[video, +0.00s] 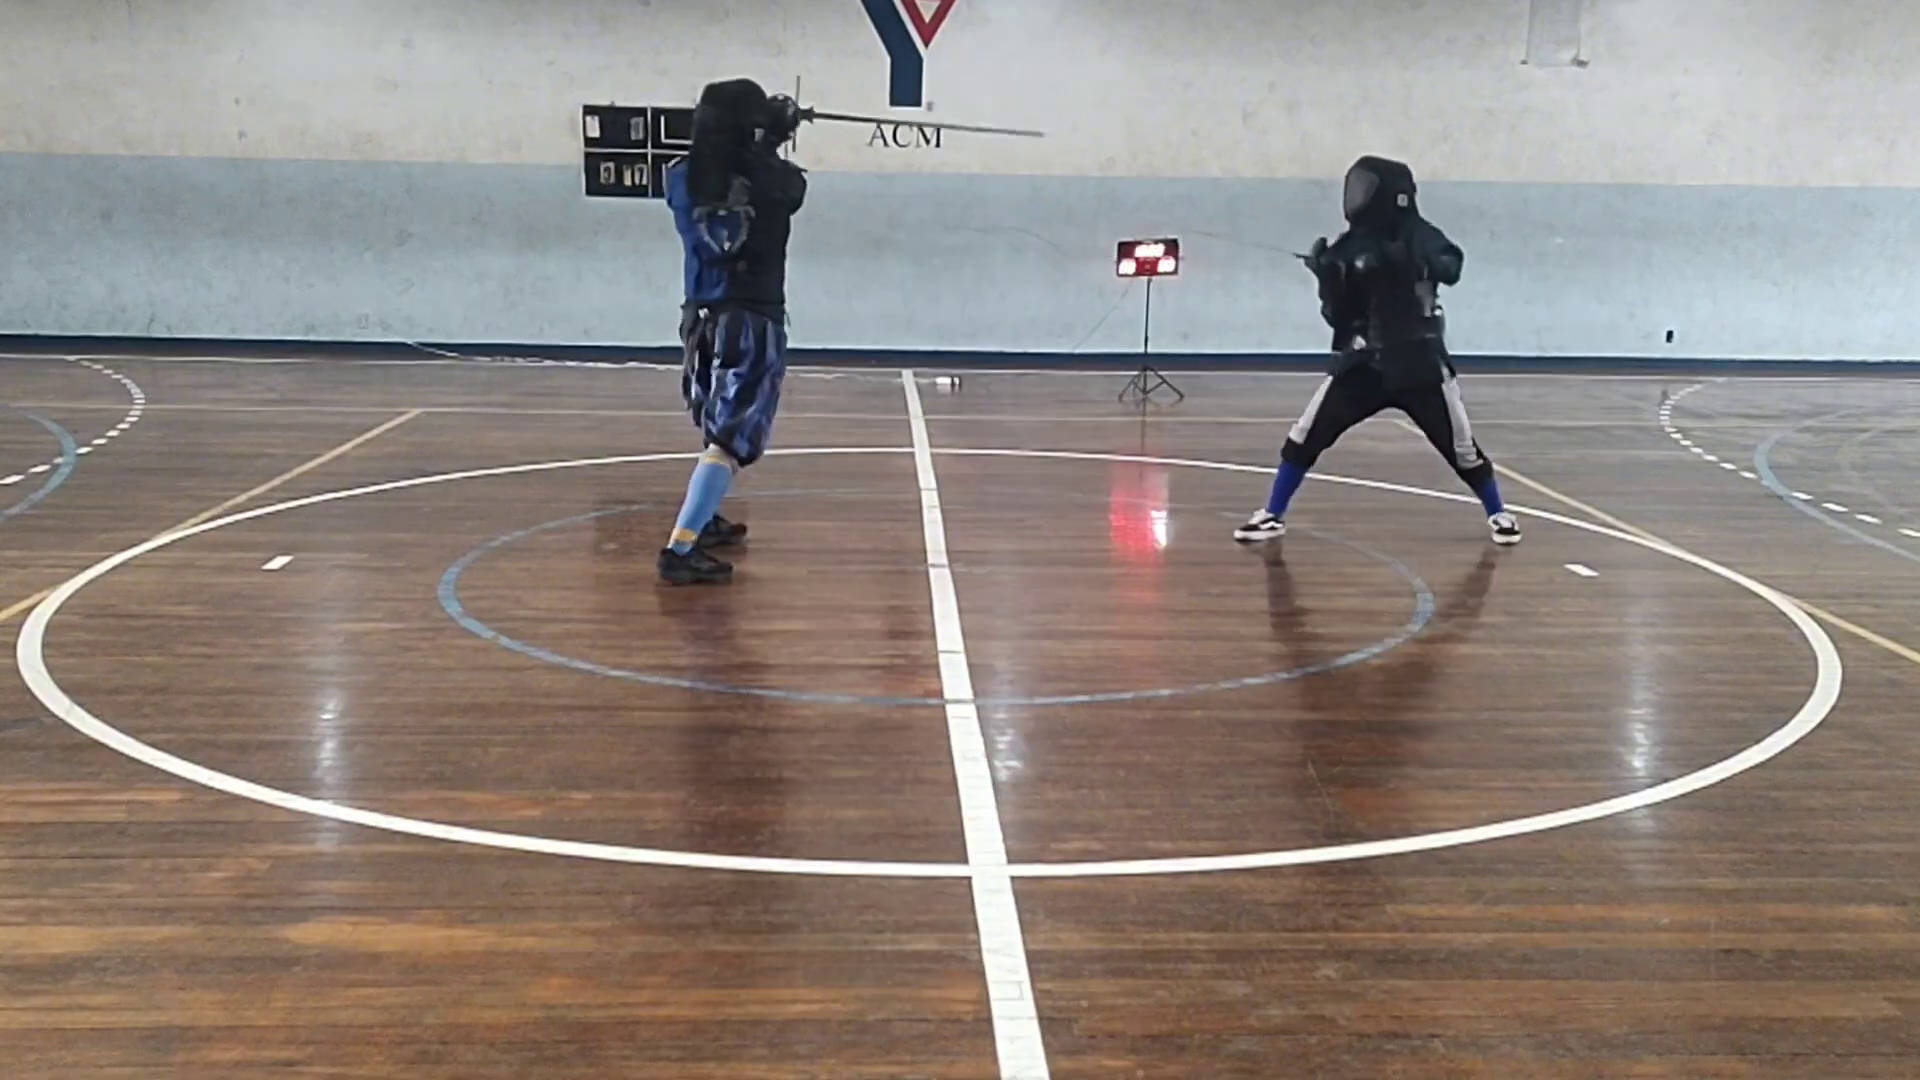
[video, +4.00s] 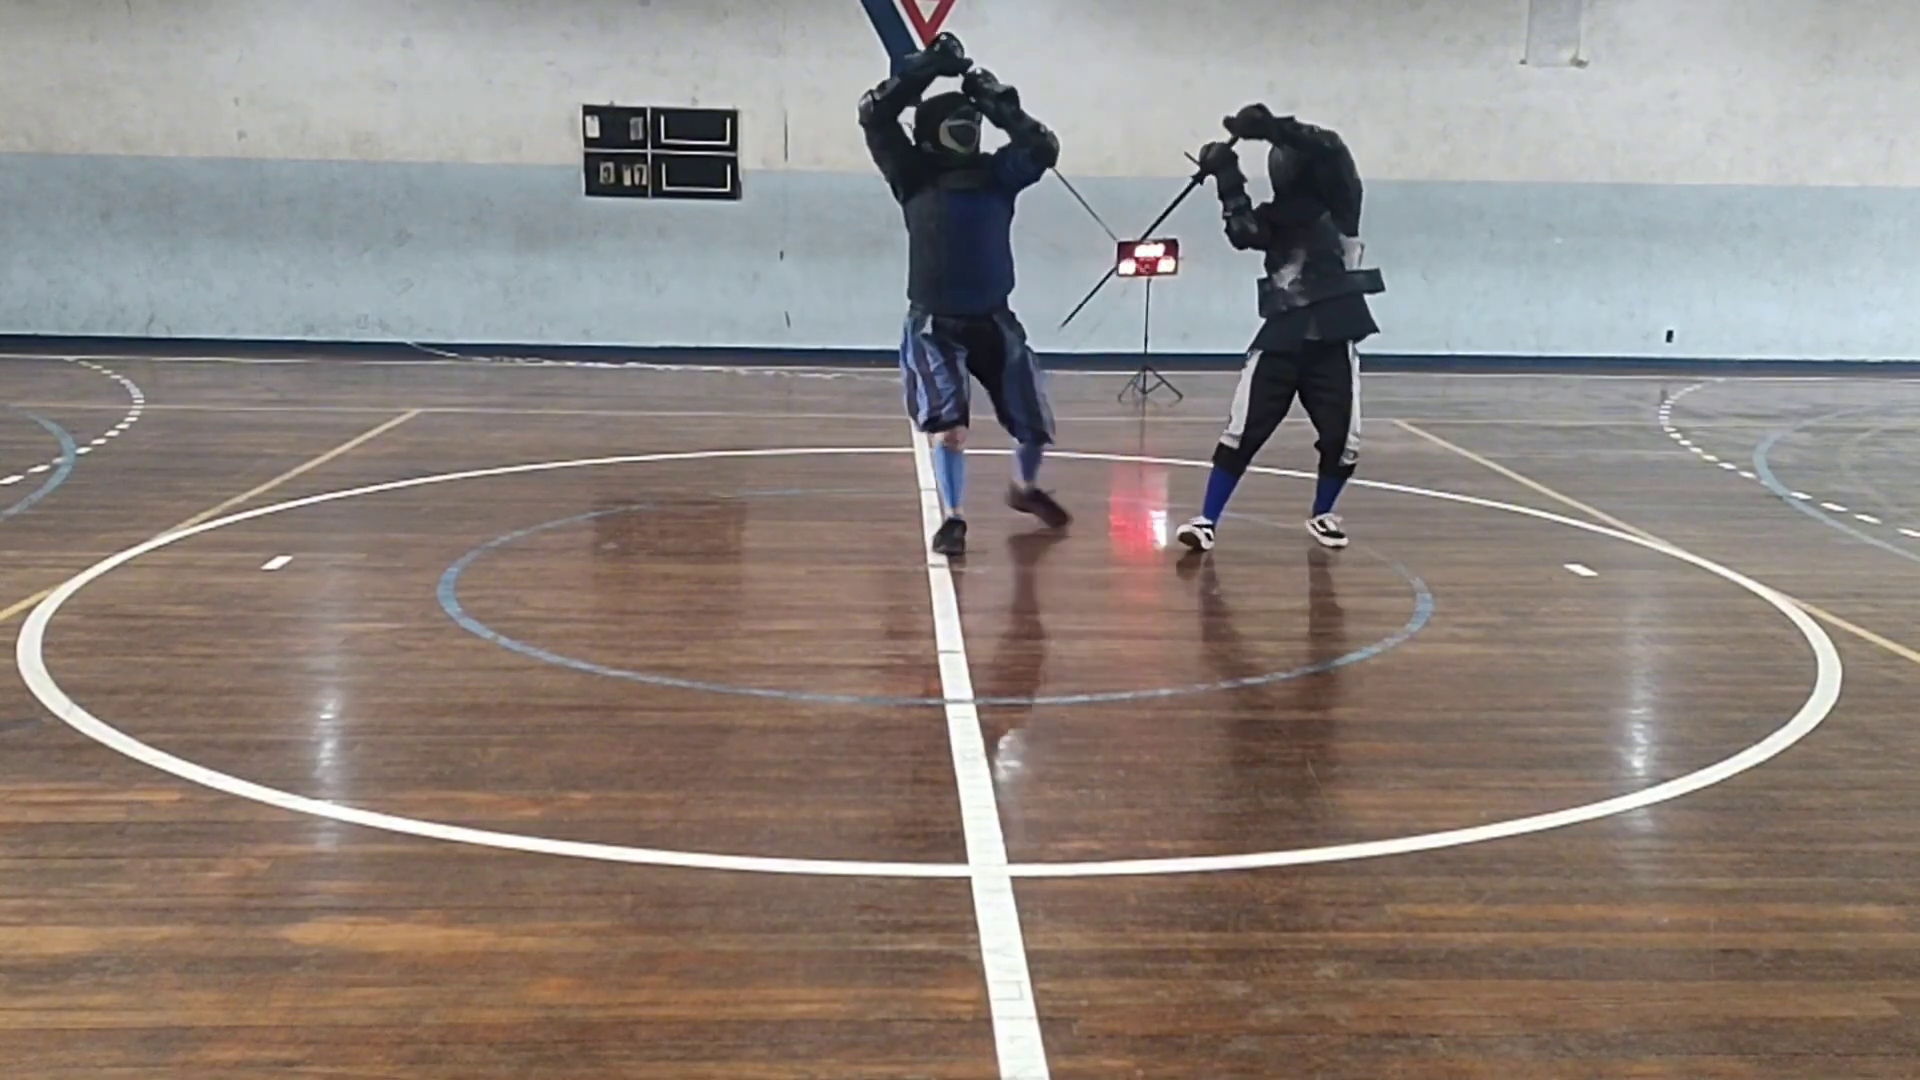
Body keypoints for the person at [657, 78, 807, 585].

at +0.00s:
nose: (767, 131)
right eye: (764, 124)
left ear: (705, 124)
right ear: (754, 130)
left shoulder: (678, 176)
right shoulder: (773, 178)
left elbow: (712, 166)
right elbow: (791, 186)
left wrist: (760, 136)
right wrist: (767, 144)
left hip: (699, 313)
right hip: (751, 317)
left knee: (716, 426)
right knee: (730, 436)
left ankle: (705, 516)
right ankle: (680, 547)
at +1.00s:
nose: (1006, 157)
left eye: (1008, 149)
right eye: (1000, 148)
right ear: (977, 149)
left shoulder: (1009, 196)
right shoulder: (946, 185)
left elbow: (1052, 237)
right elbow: (916, 205)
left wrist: (1041, 186)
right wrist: (985, 168)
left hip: (1010, 334)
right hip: (967, 335)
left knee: (1065, 422)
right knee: (996, 450)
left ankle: (1039, 514)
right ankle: (909, 524)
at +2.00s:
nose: (1087, 118)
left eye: (1086, 110)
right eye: (1078, 111)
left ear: (1061, 120)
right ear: (1051, 118)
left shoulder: (1086, 168)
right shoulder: (1035, 156)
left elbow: (1138, 158)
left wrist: (1125, 103)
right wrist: (1117, 78)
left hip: (1071, 313)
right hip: (1032, 307)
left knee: (1108, 417)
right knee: (999, 418)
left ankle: (1094, 509)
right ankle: (938, 512)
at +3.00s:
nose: (1078, 137)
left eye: (1073, 130)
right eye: (1070, 130)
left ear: (1032, 146)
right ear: (1052, 142)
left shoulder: (1047, 182)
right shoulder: (1058, 185)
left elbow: (1111, 174)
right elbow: (1136, 178)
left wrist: (1123, 121)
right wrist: (1159, 139)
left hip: (1090, 320)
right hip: (1068, 322)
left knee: (1136, 412)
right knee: (1048, 429)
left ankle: (1118, 509)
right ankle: (957, 503)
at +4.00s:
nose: (968, 132)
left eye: (974, 124)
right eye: (955, 125)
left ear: (980, 130)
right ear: (931, 133)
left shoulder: (1001, 175)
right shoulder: (914, 177)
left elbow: (1042, 148)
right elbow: (874, 114)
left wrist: (998, 104)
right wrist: (924, 67)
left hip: (993, 319)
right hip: (934, 322)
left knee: (1031, 419)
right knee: (950, 427)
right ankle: (952, 519)